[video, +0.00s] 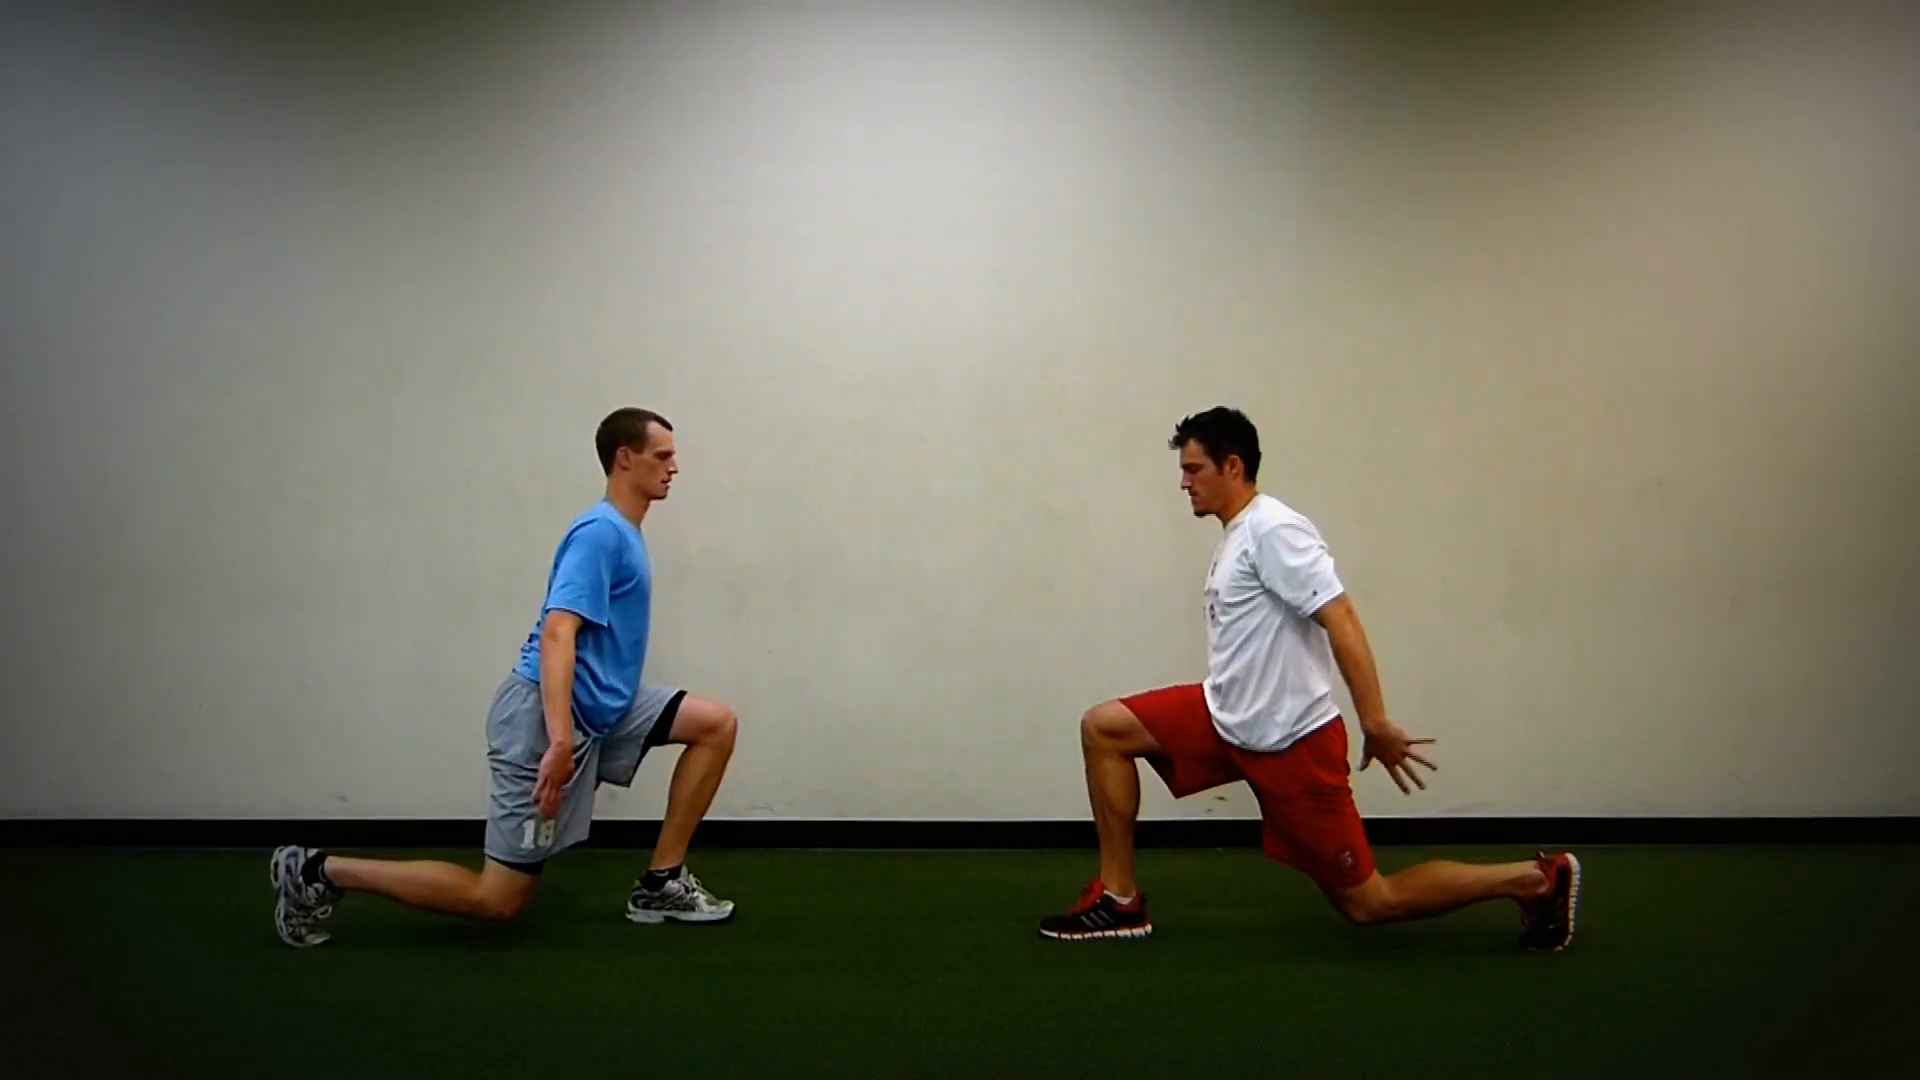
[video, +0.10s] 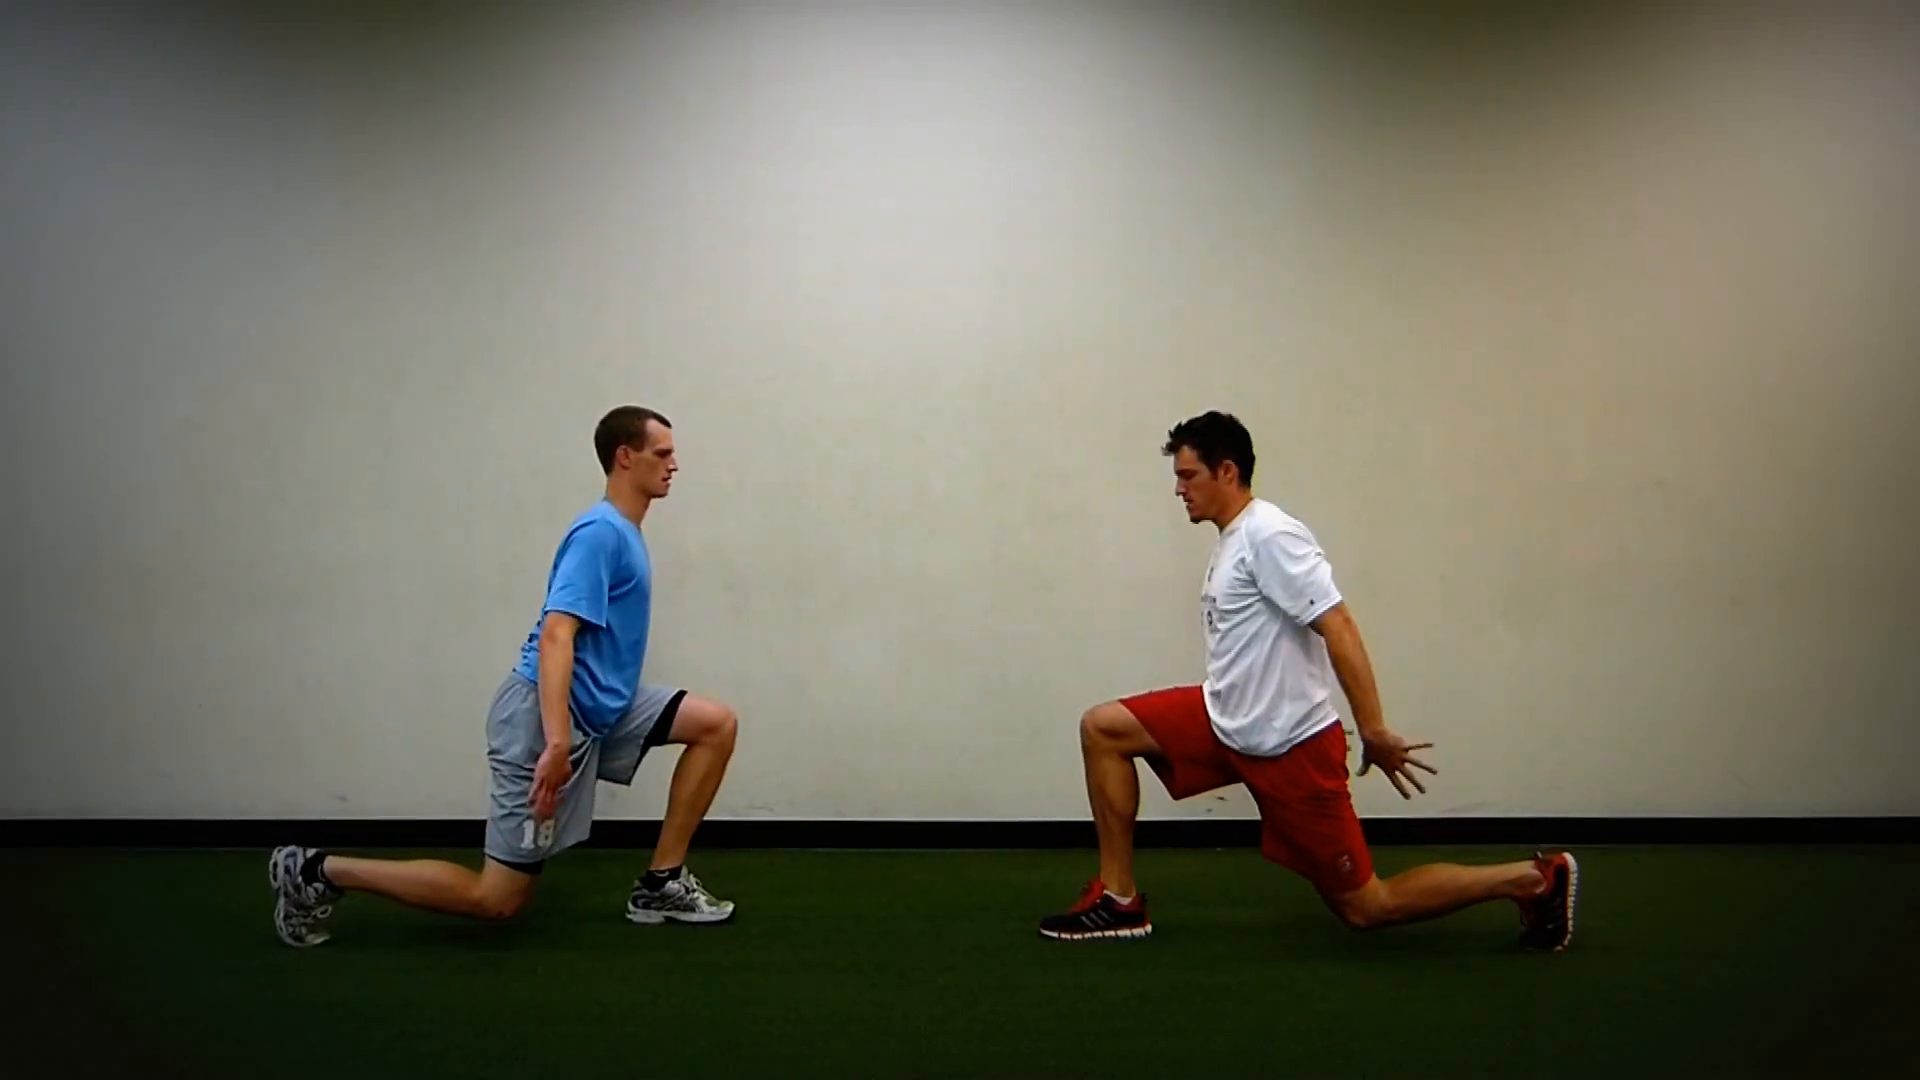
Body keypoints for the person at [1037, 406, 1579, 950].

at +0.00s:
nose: (1184, 483)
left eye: (1192, 469)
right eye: (1183, 471)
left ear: (1233, 466)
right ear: (1220, 470)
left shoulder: (1275, 530)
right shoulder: (1240, 535)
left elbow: (1341, 621)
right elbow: (1270, 644)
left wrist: (1374, 723)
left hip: (1293, 735)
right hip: (1228, 711)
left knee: (1367, 904)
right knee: (1105, 729)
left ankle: (1538, 880)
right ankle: (1117, 898)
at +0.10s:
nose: (1179, 488)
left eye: (1187, 475)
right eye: (1177, 476)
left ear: (1229, 471)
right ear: (1215, 476)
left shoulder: (1272, 537)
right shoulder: (1236, 541)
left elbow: (1339, 629)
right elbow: (1272, 650)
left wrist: (1374, 733)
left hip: (1293, 741)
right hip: (1229, 715)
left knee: (1365, 908)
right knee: (1104, 729)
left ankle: (1536, 880)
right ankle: (1117, 898)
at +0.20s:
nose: (1173, 494)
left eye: (1180, 481)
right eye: (1171, 482)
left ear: (1222, 476)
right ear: (1213, 479)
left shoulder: (1267, 541)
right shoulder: (1233, 543)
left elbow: (1339, 629)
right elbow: (1276, 643)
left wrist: (1382, 729)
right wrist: (1316, 707)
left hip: (1292, 742)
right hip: (1231, 718)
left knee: (1364, 911)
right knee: (1104, 729)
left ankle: (1535, 880)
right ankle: (1117, 898)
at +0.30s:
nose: (1169, 500)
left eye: (1177, 488)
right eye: (1166, 488)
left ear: (1217, 481)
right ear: (1208, 483)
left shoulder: (1267, 546)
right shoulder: (1230, 547)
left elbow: (1347, 625)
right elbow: (1302, 606)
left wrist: (1408, 718)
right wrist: (1337, 652)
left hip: (1291, 749)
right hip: (1229, 721)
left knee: (1363, 913)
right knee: (1103, 729)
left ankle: (1534, 879)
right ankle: (1118, 899)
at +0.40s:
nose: (1166, 506)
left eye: (1174, 492)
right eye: (1164, 494)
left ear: (1215, 486)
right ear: (1206, 487)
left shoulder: (1262, 550)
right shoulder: (1228, 551)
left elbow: (1358, 623)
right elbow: (1313, 592)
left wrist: (1442, 688)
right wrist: (1379, 627)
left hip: (1289, 755)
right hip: (1227, 725)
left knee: (1363, 918)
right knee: (1101, 729)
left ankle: (1535, 880)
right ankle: (1119, 900)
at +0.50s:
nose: (1165, 497)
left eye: (1174, 485)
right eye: (1163, 485)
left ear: (1216, 484)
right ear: (1202, 484)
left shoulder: (1255, 551)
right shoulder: (1215, 549)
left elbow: (1344, 643)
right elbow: (1284, 638)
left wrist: (1420, 716)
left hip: (1292, 747)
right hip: (1229, 720)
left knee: (1370, 910)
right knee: (1103, 730)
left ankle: (1543, 882)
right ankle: (1118, 901)